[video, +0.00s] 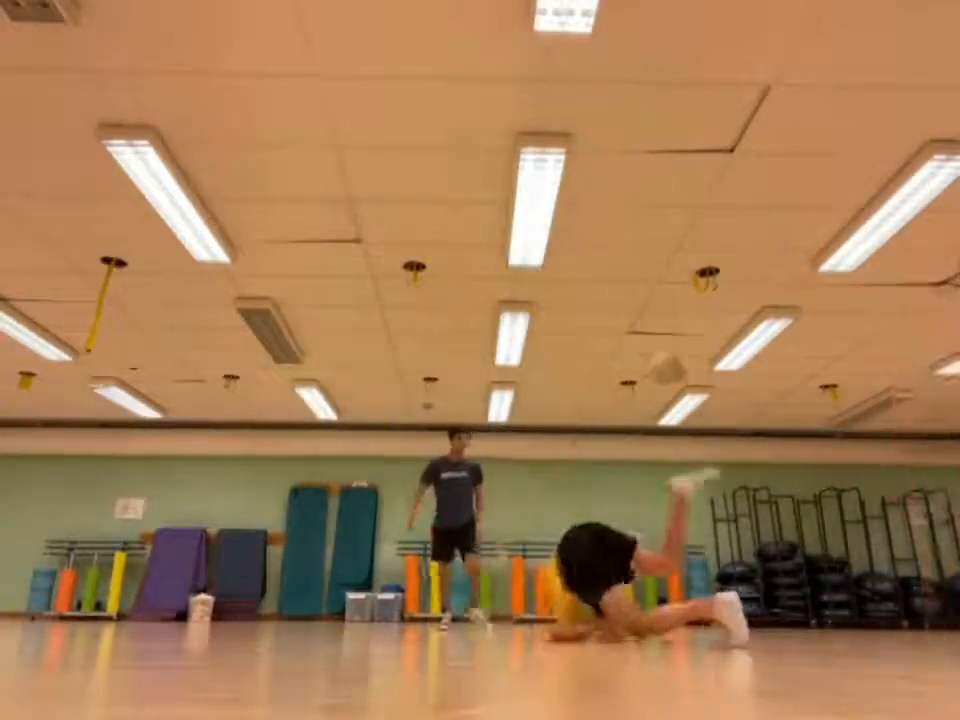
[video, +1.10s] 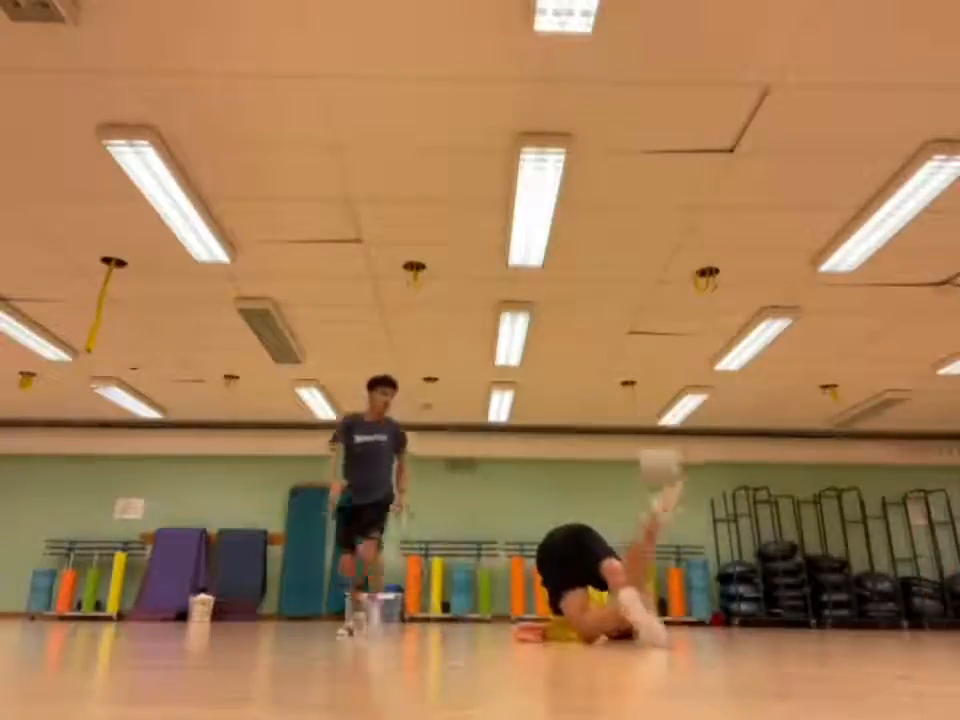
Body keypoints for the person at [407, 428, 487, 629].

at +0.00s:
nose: (462, 444)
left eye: (465, 440)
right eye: (459, 439)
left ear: (469, 442)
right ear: (451, 441)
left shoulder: (473, 469)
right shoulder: (437, 466)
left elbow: (479, 494)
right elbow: (421, 490)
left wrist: (479, 517)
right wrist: (413, 514)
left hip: (467, 523)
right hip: (443, 525)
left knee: (474, 565)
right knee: (444, 568)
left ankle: (474, 607)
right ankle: (446, 611)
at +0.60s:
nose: (448, 443)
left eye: (450, 438)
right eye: (444, 437)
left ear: (451, 440)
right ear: (435, 437)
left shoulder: (450, 467)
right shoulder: (415, 460)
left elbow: (455, 495)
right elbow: (398, 484)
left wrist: (453, 518)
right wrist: (404, 506)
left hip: (439, 522)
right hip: (417, 522)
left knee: (440, 567)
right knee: (420, 569)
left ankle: (437, 612)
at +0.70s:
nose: (439, 437)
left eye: (443, 432)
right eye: (435, 431)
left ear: (445, 435)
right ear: (425, 432)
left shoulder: (444, 465)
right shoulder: (405, 457)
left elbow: (449, 496)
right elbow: (388, 482)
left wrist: (447, 524)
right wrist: (387, 514)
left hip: (432, 523)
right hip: (406, 522)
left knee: (437, 568)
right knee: (406, 566)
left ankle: (434, 613)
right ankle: (412, 598)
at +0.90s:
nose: (409, 413)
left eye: (413, 409)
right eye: (405, 408)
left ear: (416, 412)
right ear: (395, 409)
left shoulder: (419, 441)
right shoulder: (375, 436)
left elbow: (427, 472)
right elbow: (350, 462)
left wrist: (426, 504)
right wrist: (334, 492)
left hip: (408, 507)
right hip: (379, 506)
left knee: (415, 558)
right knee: (368, 554)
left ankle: (427, 599)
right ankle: (358, 613)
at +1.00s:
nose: (393, 410)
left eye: (397, 406)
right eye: (389, 405)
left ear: (401, 409)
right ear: (379, 406)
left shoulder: (404, 440)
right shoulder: (359, 437)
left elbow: (413, 472)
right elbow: (335, 460)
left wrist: (412, 503)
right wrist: (329, 486)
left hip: (394, 507)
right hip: (364, 506)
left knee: (393, 559)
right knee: (355, 557)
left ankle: (406, 601)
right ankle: (357, 613)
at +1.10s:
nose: (385, 401)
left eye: (390, 396)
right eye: (381, 394)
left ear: (393, 399)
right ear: (370, 394)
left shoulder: (395, 431)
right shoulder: (349, 424)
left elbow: (401, 465)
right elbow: (334, 452)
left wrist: (401, 494)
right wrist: (334, 480)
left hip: (379, 497)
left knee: (369, 550)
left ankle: (375, 605)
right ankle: (353, 610)